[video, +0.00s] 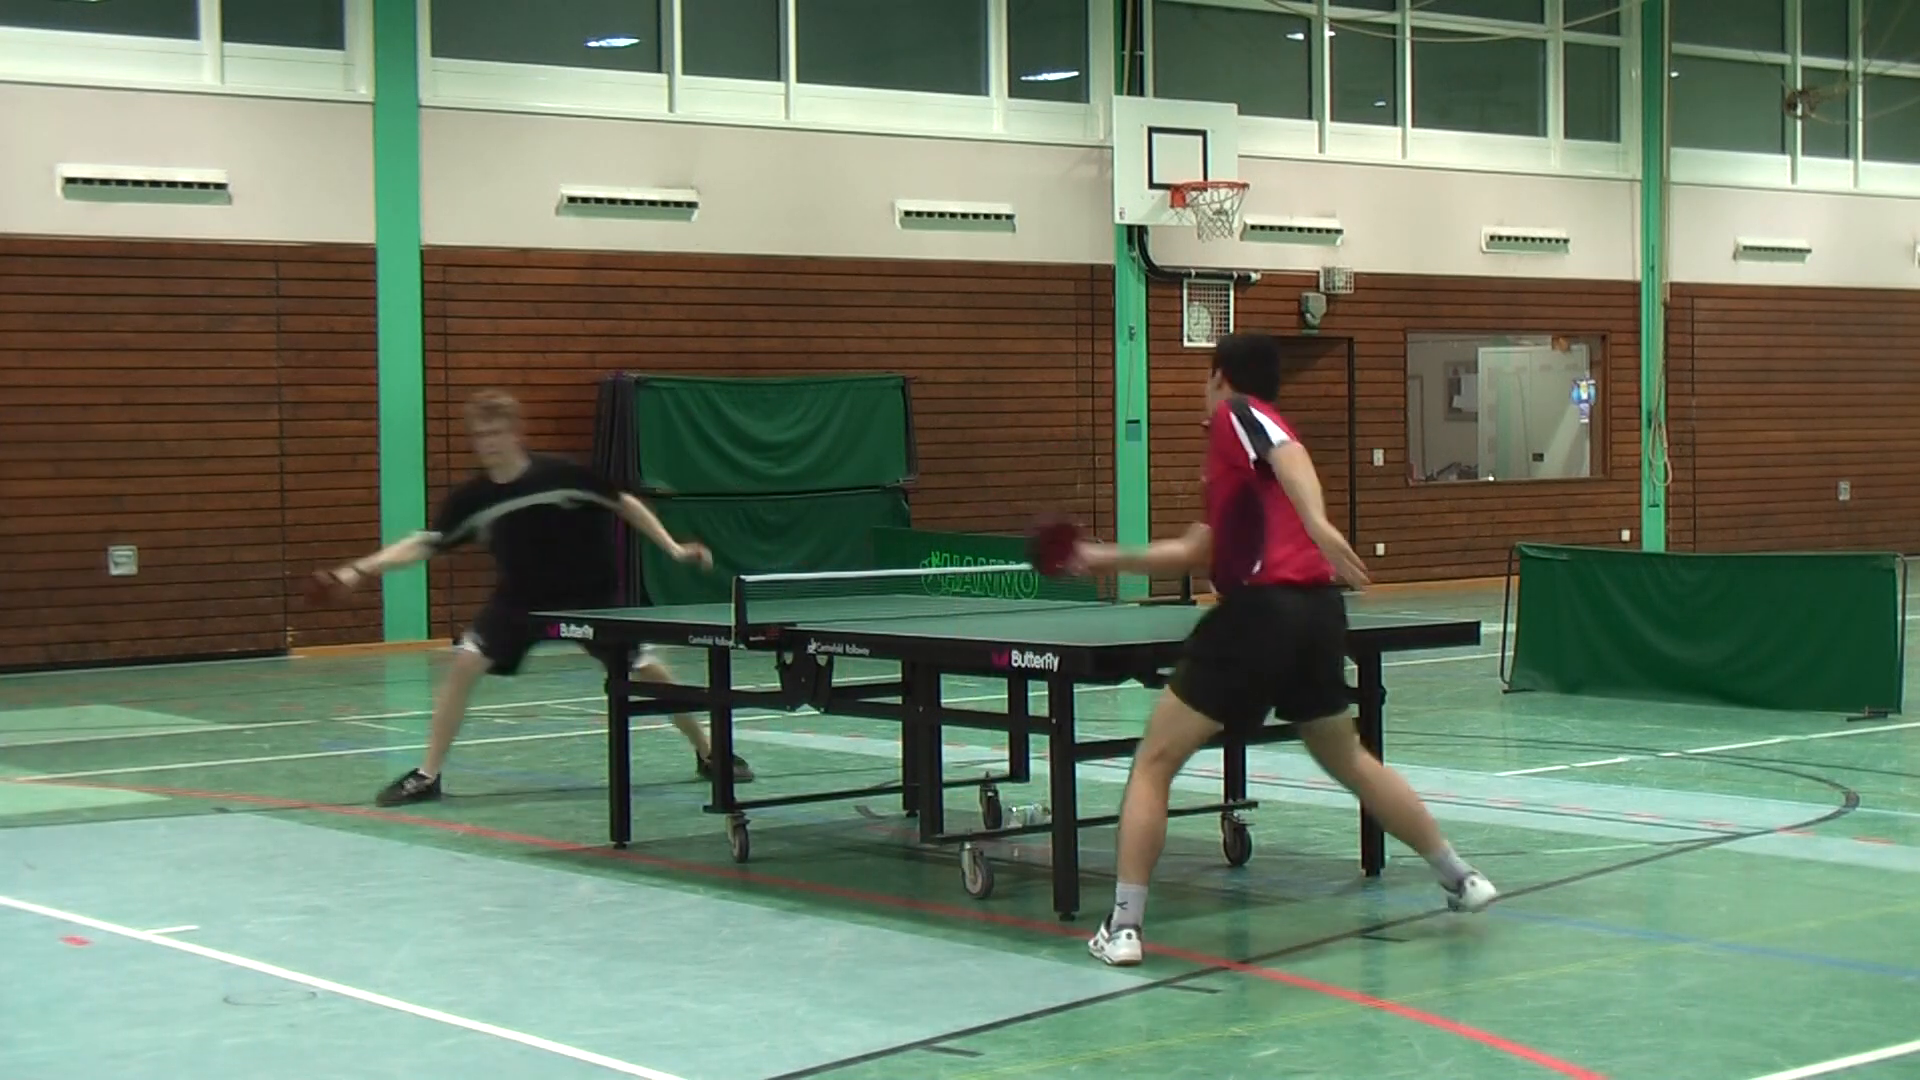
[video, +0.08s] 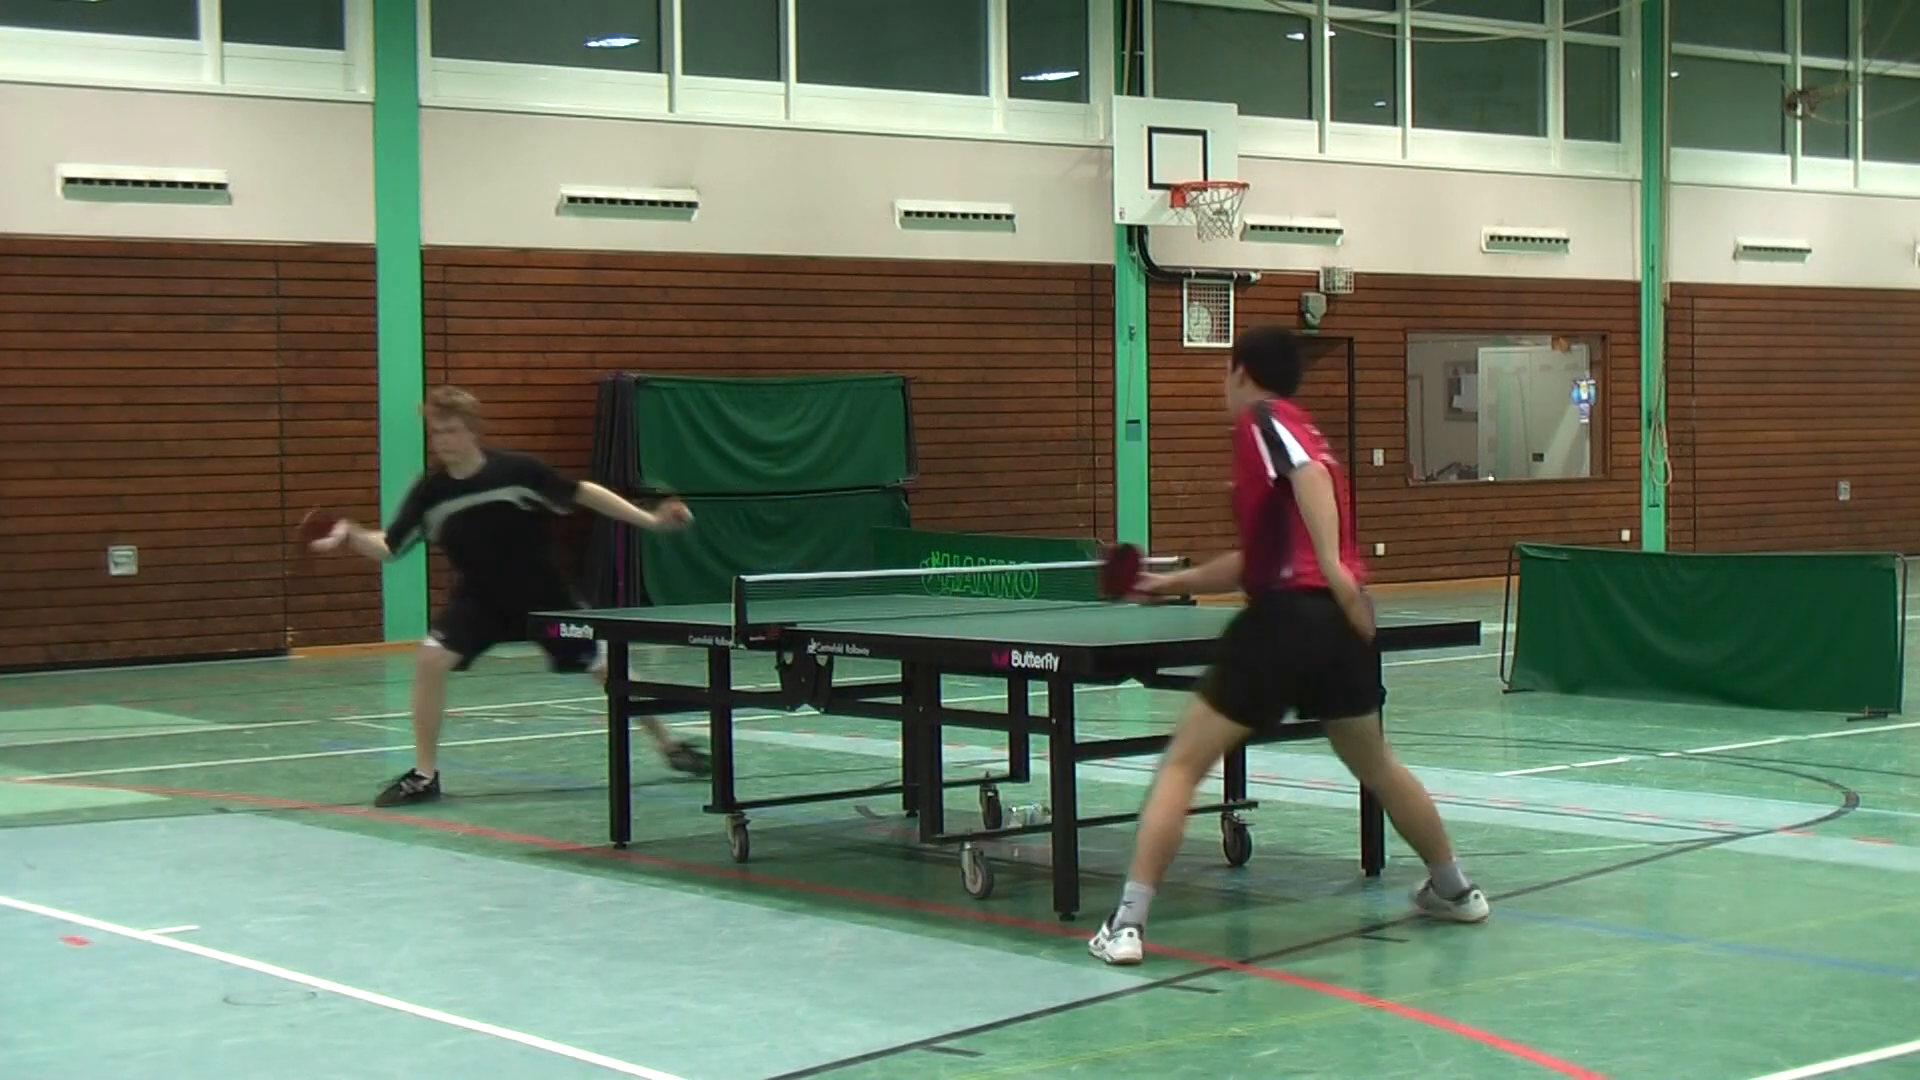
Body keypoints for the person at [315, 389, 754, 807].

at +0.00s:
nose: (488, 442)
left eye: (496, 432)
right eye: (481, 435)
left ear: (518, 431)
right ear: (473, 441)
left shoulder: (561, 476)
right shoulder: (474, 498)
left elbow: (624, 502)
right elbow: (423, 543)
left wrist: (672, 547)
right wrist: (361, 568)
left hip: (587, 597)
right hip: (518, 601)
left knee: (648, 670)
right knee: (464, 663)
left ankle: (710, 752)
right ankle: (427, 776)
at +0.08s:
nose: (440, 440)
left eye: (449, 430)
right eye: (434, 432)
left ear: (473, 430)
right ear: (429, 436)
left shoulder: (515, 472)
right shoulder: (429, 493)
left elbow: (582, 494)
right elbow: (387, 548)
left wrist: (649, 519)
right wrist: (351, 534)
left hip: (542, 597)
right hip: (479, 604)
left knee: (607, 667)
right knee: (430, 657)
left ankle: (670, 746)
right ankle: (424, 775)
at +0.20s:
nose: (427, 406)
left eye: (434, 396)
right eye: (419, 398)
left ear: (447, 397)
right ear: (405, 401)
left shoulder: (481, 440)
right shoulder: (396, 453)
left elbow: (539, 462)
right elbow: (361, 511)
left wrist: (591, 473)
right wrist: (386, 481)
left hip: (497, 575)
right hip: (437, 581)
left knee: (549, 663)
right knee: (405, 656)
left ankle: (568, 747)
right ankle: (422, 771)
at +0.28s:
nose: (421, 376)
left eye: (429, 368)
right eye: (412, 370)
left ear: (442, 372)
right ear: (398, 376)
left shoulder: (471, 419)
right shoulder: (383, 431)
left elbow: (522, 447)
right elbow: (355, 497)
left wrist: (543, 457)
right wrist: (370, 468)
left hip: (476, 559)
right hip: (414, 564)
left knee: (515, 653)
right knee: (398, 649)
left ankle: (510, 748)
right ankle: (408, 763)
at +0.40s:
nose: (394, 368)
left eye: (402, 359)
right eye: (387, 361)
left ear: (425, 359)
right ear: (381, 364)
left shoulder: (459, 410)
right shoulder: (368, 420)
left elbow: (513, 453)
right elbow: (336, 485)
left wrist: (511, 475)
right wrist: (348, 484)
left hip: (450, 552)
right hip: (392, 554)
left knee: (472, 650)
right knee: (396, 646)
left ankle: (446, 747)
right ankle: (376, 766)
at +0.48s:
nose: (363, 370)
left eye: (371, 362)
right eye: (363, 362)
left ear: (399, 362)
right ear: (380, 365)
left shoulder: (447, 416)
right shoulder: (359, 420)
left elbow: (506, 464)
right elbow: (326, 482)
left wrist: (493, 509)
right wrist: (339, 488)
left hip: (435, 554)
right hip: (379, 558)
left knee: (445, 653)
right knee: (389, 648)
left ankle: (414, 744)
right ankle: (374, 767)